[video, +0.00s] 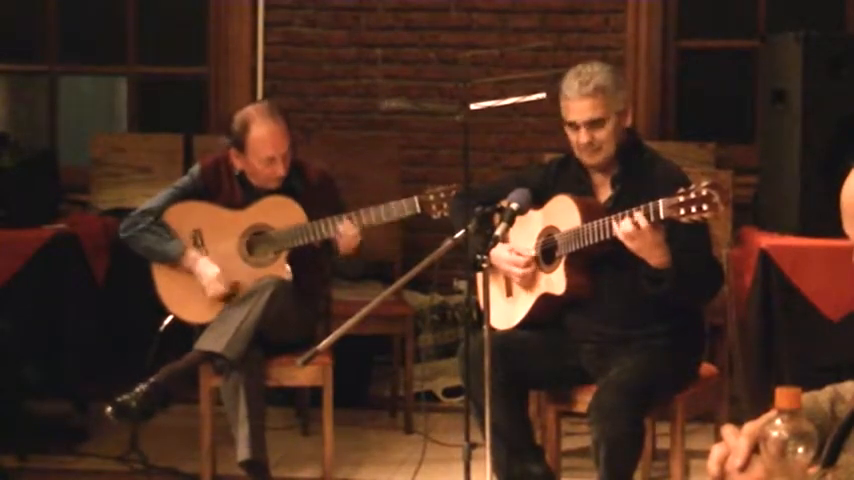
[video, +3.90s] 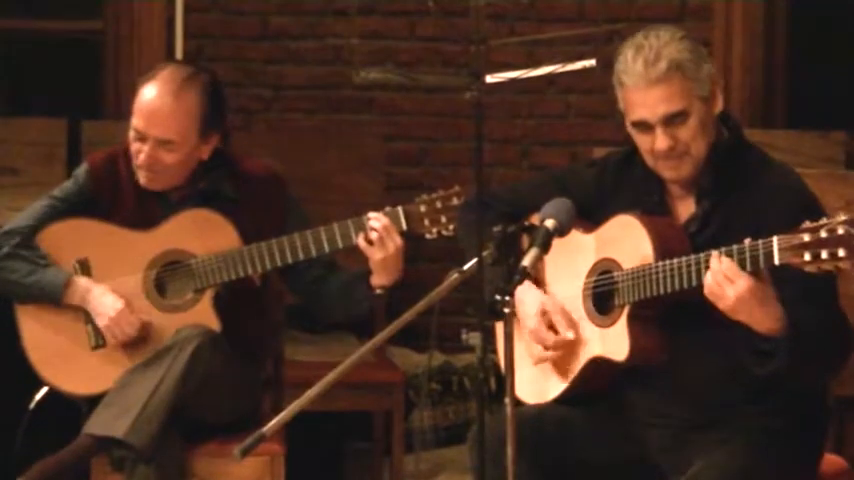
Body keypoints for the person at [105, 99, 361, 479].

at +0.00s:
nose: (280, 169)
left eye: (284, 157)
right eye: (269, 162)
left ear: (290, 145)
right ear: (238, 157)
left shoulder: (313, 183)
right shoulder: (213, 176)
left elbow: (343, 269)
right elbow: (134, 227)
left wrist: (347, 252)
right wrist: (195, 262)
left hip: (297, 315)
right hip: (228, 312)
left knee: (271, 289)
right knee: (245, 357)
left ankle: (165, 380)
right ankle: (255, 468)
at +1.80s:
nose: (260, 151)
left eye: (266, 137)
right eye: (246, 139)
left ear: (275, 131)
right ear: (208, 138)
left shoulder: (294, 190)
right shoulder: (178, 175)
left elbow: (314, 287)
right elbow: (85, 232)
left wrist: (343, 280)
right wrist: (170, 258)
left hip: (273, 342)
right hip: (190, 332)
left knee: (244, 310)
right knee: (211, 394)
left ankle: (118, 420)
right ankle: (213, 474)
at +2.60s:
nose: (196, 142)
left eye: (211, 126)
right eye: (181, 126)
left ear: (230, 125)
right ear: (158, 124)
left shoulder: (271, 188)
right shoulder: (135, 177)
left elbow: (294, 307)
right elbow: (35, 248)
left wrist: (318, 288)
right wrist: (128, 267)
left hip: (248, 363)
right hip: (153, 356)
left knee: (215, 328)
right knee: (181, 428)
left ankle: (90, 444)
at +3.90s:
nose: (142, 155)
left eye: (163, 145)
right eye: (136, 136)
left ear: (207, 147)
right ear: (129, 120)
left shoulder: (255, 192)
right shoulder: (105, 177)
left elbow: (315, 301)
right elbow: (5, 253)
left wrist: (379, 282)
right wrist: (86, 294)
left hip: (227, 385)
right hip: (113, 373)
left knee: (194, 345)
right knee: (149, 445)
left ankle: (70, 459)